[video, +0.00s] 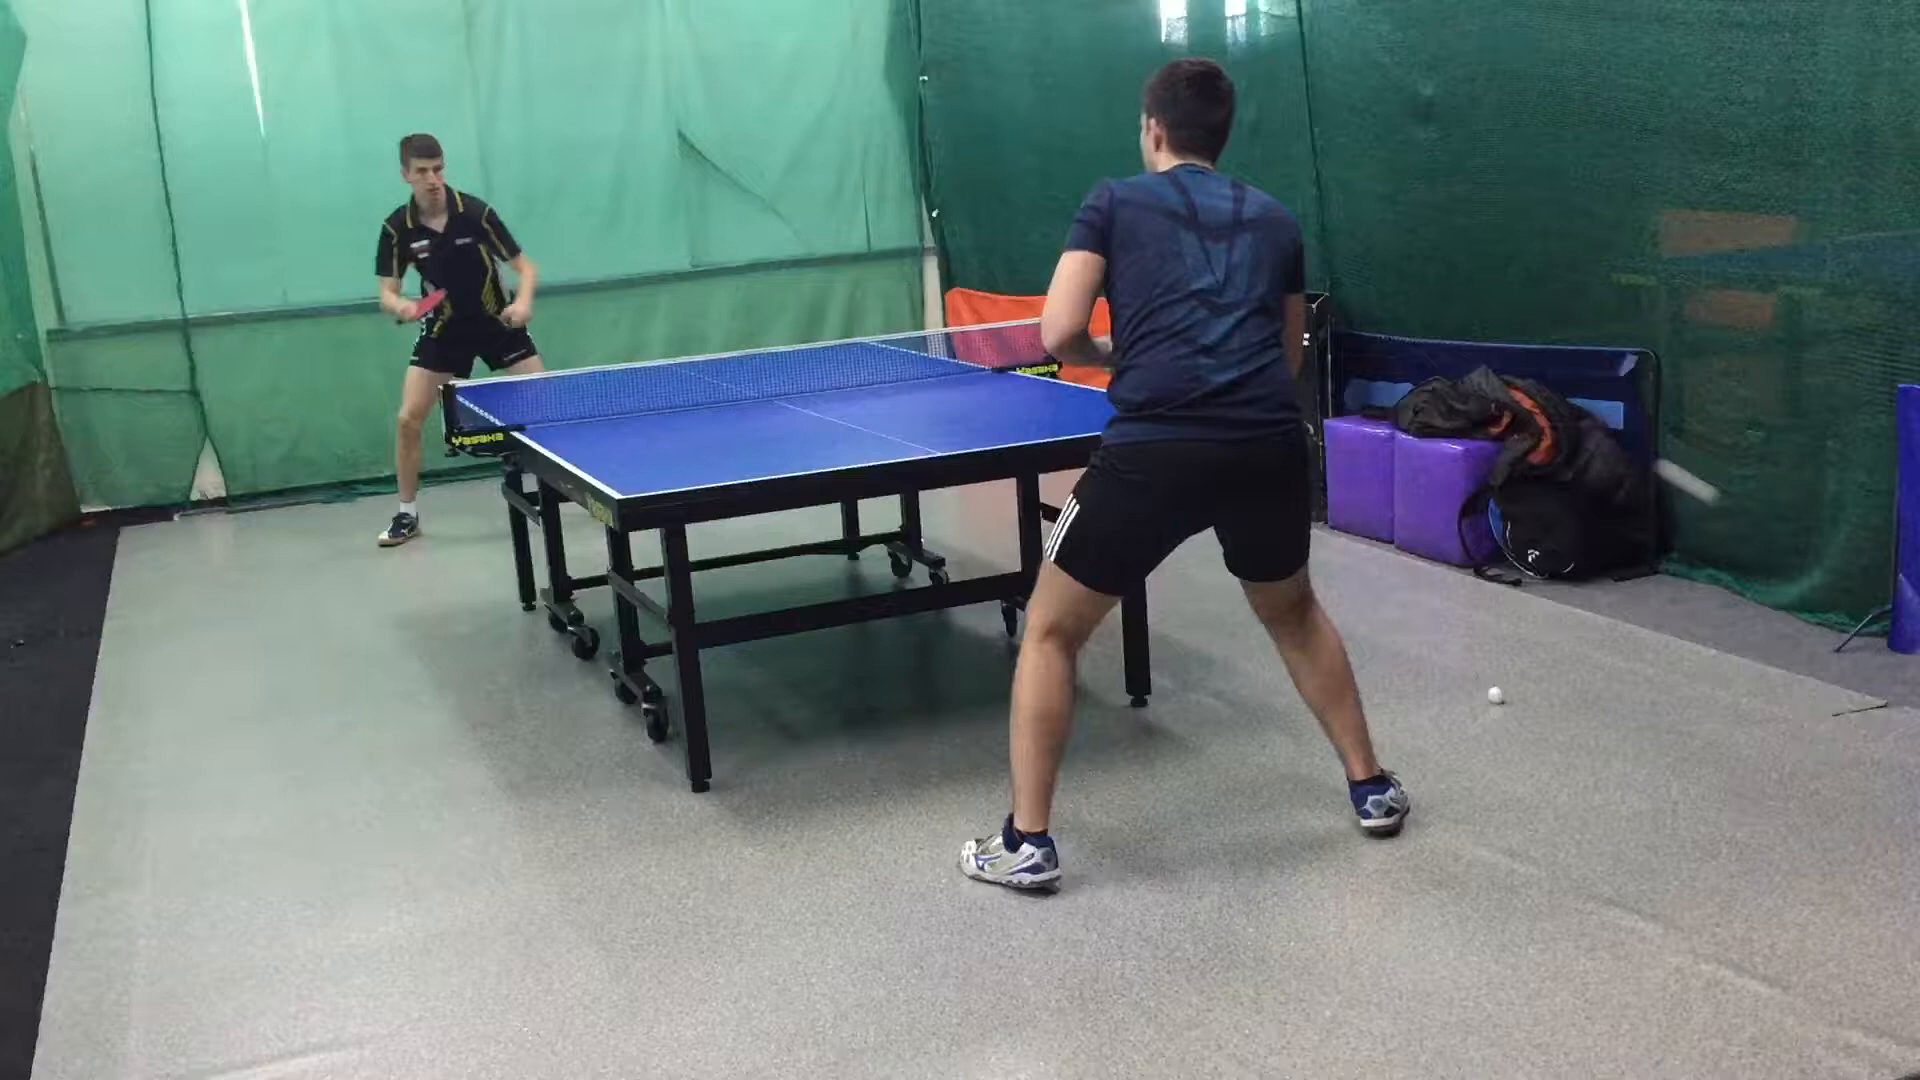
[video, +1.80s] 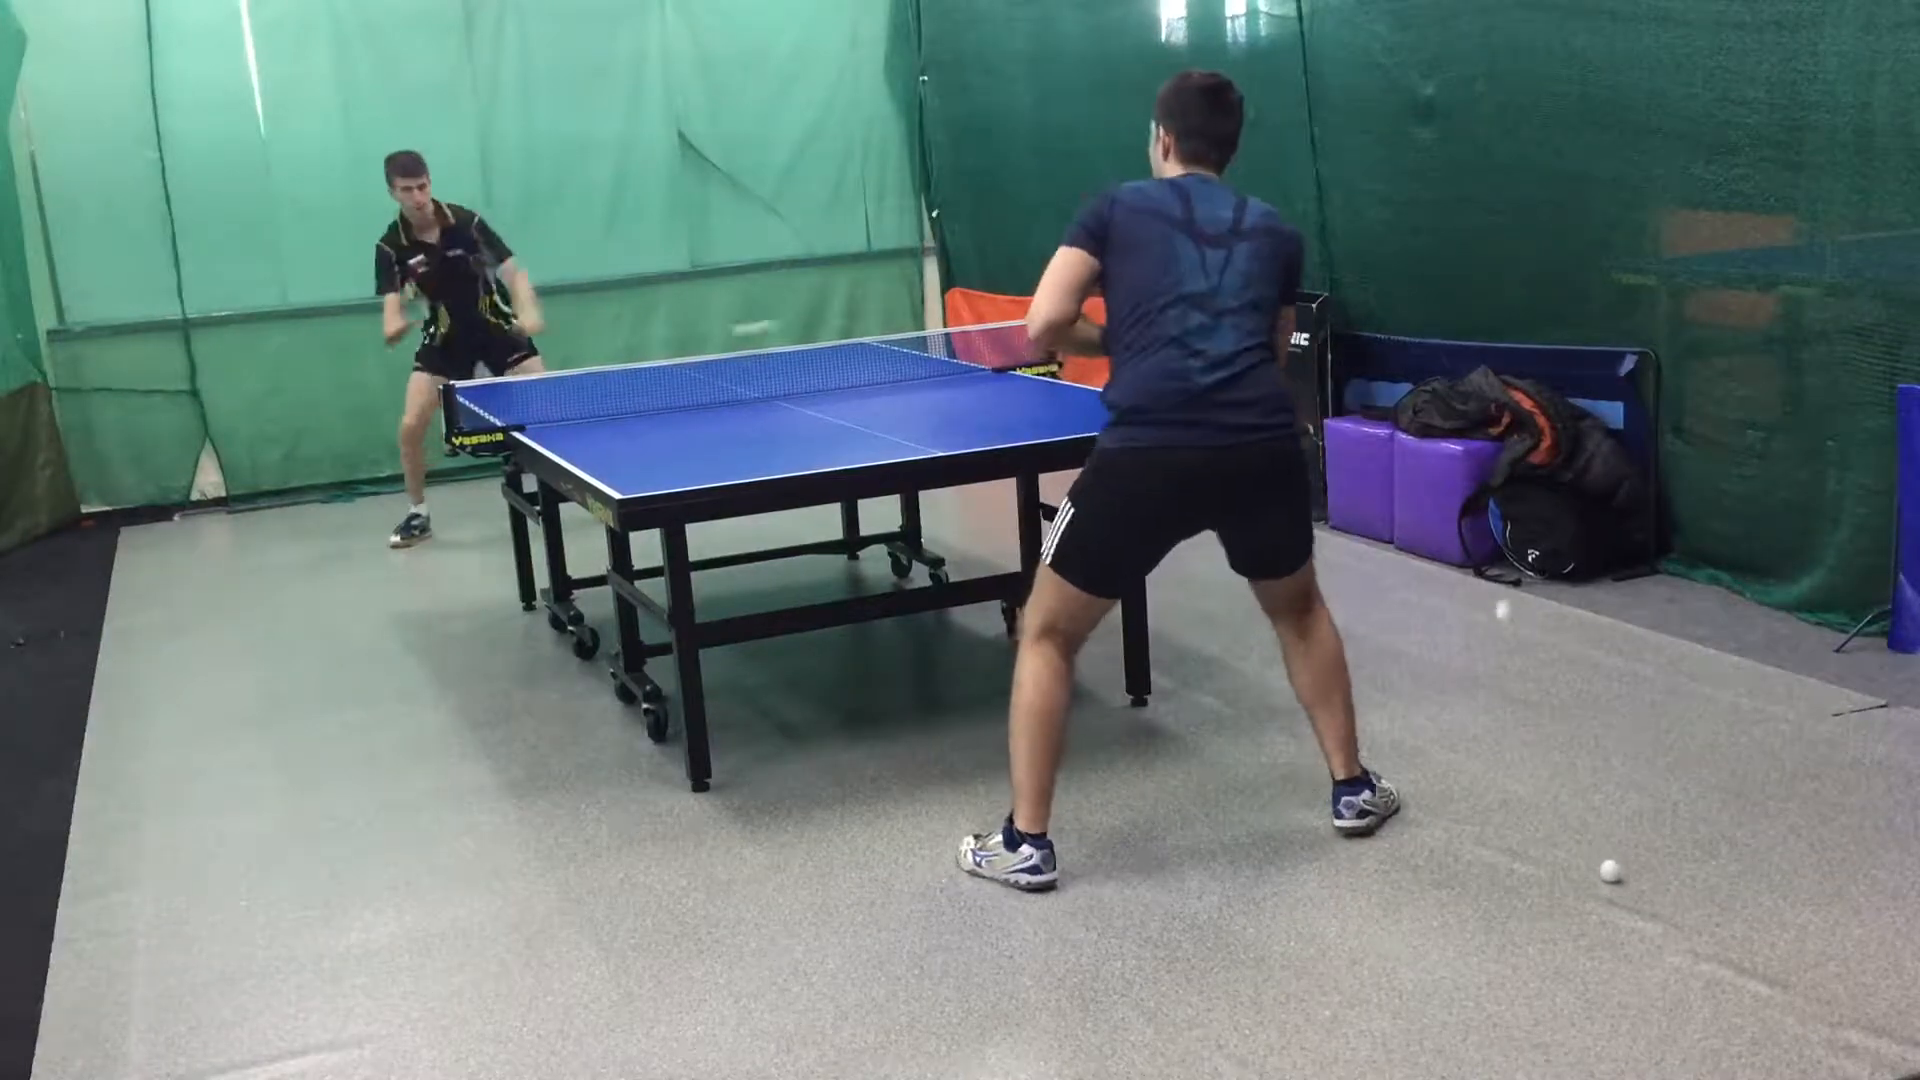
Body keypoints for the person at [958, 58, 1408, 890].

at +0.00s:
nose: (1144, 138)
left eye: (1144, 128)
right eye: (1151, 128)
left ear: (1151, 132)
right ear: (1223, 137)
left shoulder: (1116, 202)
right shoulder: (1276, 219)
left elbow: (1061, 331)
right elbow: (1290, 358)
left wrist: (1112, 352)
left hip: (1154, 456)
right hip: (1268, 454)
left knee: (1054, 633)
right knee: (1294, 612)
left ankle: (1028, 839)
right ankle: (1370, 785)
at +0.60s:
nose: (1099, 110)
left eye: (1096, 100)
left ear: (1100, 105)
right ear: (1178, 107)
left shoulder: (1052, 182)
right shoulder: (1225, 188)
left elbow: (1035, 324)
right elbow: (1241, 322)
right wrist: (1185, 299)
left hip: (1059, 451)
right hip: (1177, 446)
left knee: (1030, 645)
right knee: (1250, 628)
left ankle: (1029, 848)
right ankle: (1317, 816)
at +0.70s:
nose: (1080, 110)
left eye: (1081, 97)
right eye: (1088, 98)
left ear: (1089, 105)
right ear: (1166, 107)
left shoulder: (1050, 177)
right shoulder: (1219, 185)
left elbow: (994, 310)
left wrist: (1042, 379)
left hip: (1074, 442)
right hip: (1192, 435)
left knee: (1030, 646)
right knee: (1252, 626)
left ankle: (1028, 848)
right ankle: (1318, 813)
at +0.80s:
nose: (1065, 111)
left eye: (1067, 99)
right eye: (1072, 99)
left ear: (1078, 105)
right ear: (1154, 107)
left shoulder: (1050, 173)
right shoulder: (1206, 186)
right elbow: (1188, 300)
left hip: (1085, 438)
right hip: (1200, 431)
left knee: (1032, 644)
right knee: (1249, 612)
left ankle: (1028, 848)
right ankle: (1323, 791)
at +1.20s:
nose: (1112, 144)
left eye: (1113, 134)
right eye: (1117, 132)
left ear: (1125, 139)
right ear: (1196, 140)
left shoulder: (1094, 207)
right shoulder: (1252, 216)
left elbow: (1034, 326)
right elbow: (1271, 347)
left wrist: (1087, 332)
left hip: (1135, 451)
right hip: (1248, 447)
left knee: (1038, 624)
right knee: (1281, 611)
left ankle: (1026, 826)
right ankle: (1351, 791)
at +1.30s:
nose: (1128, 141)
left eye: (1128, 130)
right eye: (1134, 129)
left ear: (1138, 135)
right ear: (1209, 136)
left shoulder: (1098, 204)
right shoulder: (1263, 215)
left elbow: (1030, 319)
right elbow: (1291, 357)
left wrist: (1096, 331)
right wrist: (1314, 403)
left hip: (1124, 448)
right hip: (1239, 447)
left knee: (1036, 623)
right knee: (1289, 610)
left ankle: (1021, 825)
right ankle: (1351, 792)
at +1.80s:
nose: (1151, 145)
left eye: (1152, 135)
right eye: (1164, 136)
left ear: (1162, 141)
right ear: (1233, 149)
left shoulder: (1117, 208)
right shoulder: (1276, 232)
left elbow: (1046, 324)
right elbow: (1276, 345)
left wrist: (1109, 340)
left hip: (1146, 460)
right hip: (1261, 456)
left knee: (1049, 636)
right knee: (1299, 610)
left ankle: (1027, 839)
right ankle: (1351, 786)